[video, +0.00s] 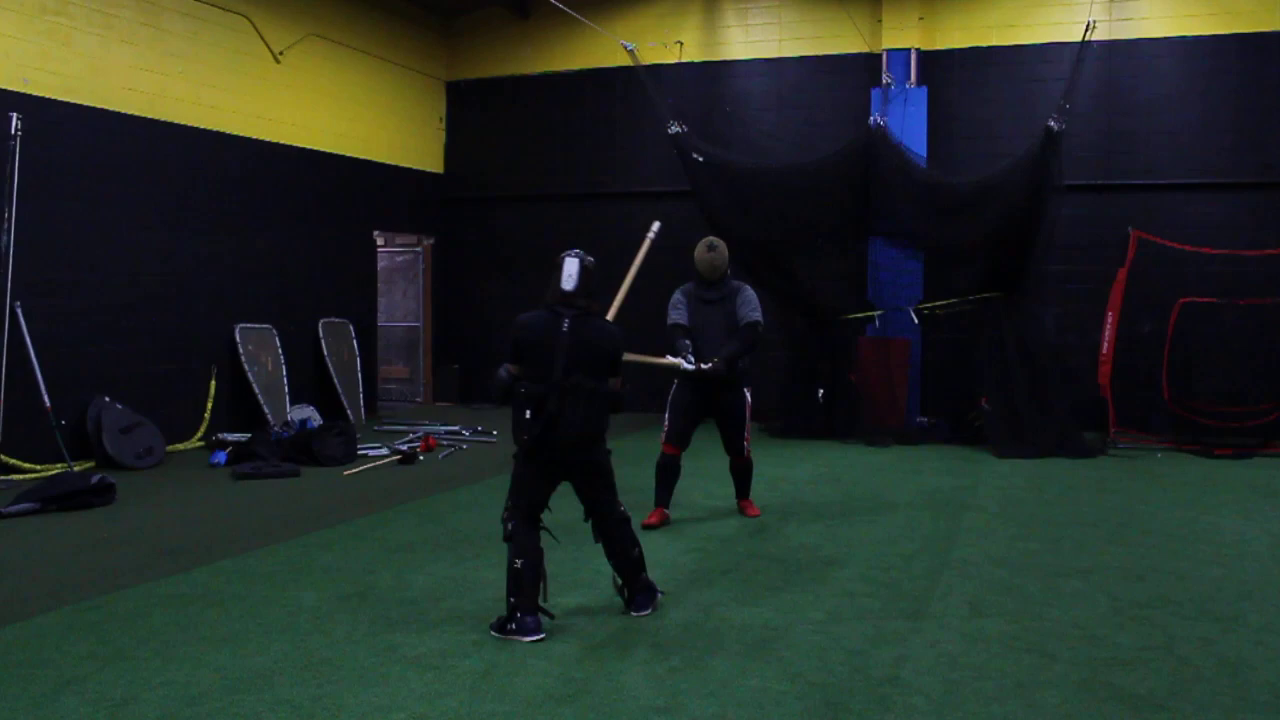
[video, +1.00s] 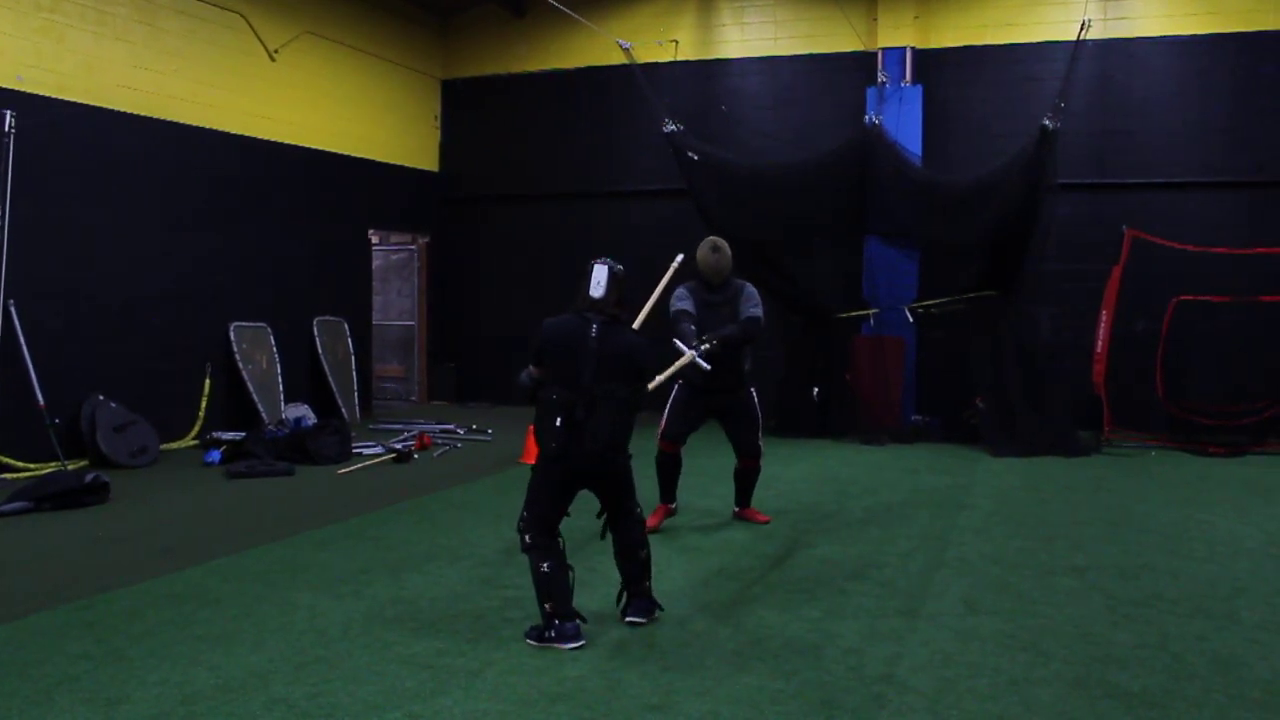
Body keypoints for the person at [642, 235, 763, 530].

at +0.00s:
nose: (711, 275)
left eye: (716, 269)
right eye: (706, 269)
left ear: (725, 266)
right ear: (698, 266)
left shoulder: (743, 293)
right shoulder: (682, 295)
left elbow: (752, 332)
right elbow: (677, 330)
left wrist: (725, 360)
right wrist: (685, 352)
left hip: (730, 382)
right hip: (690, 381)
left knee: (738, 448)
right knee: (672, 445)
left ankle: (744, 500)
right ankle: (661, 508)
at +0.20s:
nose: (693, 272)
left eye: (698, 266)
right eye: (688, 267)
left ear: (707, 262)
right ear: (678, 265)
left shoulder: (724, 289)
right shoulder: (666, 290)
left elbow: (734, 325)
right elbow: (661, 320)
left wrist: (705, 339)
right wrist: (675, 330)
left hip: (715, 380)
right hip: (674, 381)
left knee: (734, 446)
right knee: (658, 448)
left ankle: (741, 496)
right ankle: (658, 510)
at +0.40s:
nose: (686, 272)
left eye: (690, 265)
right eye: (679, 267)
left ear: (699, 264)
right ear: (671, 267)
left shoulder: (714, 288)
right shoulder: (658, 293)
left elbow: (727, 319)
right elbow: (645, 322)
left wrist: (692, 326)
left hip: (711, 382)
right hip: (670, 384)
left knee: (735, 443)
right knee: (657, 448)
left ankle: (742, 503)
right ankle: (658, 511)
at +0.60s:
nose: (693, 275)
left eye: (697, 268)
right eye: (687, 269)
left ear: (705, 268)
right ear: (677, 270)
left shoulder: (722, 290)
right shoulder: (665, 296)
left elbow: (736, 323)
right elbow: (654, 327)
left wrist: (707, 333)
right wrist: (679, 331)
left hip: (719, 385)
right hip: (677, 386)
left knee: (742, 444)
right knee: (661, 449)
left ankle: (745, 506)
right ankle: (659, 512)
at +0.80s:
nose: (708, 281)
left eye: (713, 275)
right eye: (703, 276)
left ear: (721, 270)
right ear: (692, 272)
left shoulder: (739, 293)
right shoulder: (677, 298)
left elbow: (748, 327)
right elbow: (675, 331)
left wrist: (718, 337)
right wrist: (703, 337)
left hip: (734, 387)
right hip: (691, 387)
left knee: (753, 449)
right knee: (669, 448)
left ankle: (746, 506)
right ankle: (661, 510)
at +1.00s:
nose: (716, 277)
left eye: (720, 272)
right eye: (710, 272)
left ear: (729, 267)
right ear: (700, 268)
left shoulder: (746, 292)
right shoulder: (685, 293)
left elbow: (752, 326)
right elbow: (682, 321)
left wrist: (716, 340)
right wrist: (693, 344)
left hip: (735, 385)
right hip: (693, 384)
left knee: (750, 450)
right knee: (668, 442)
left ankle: (743, 507)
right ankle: (667, 504)